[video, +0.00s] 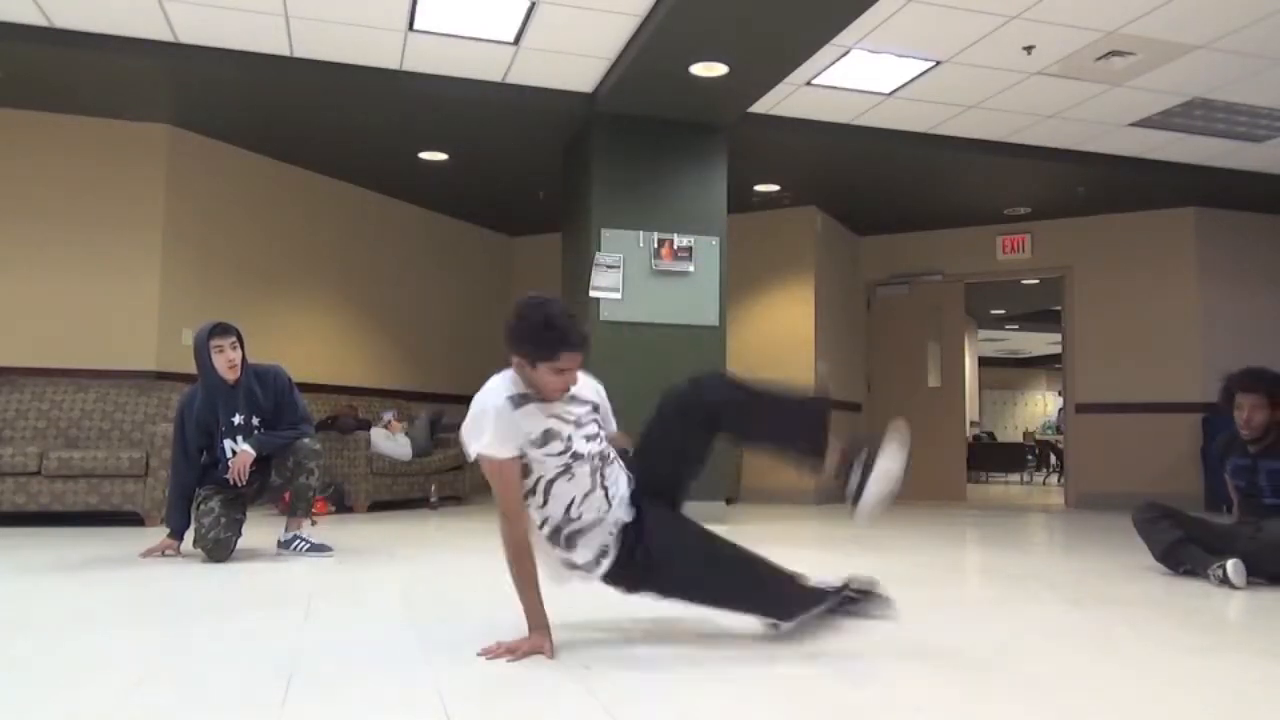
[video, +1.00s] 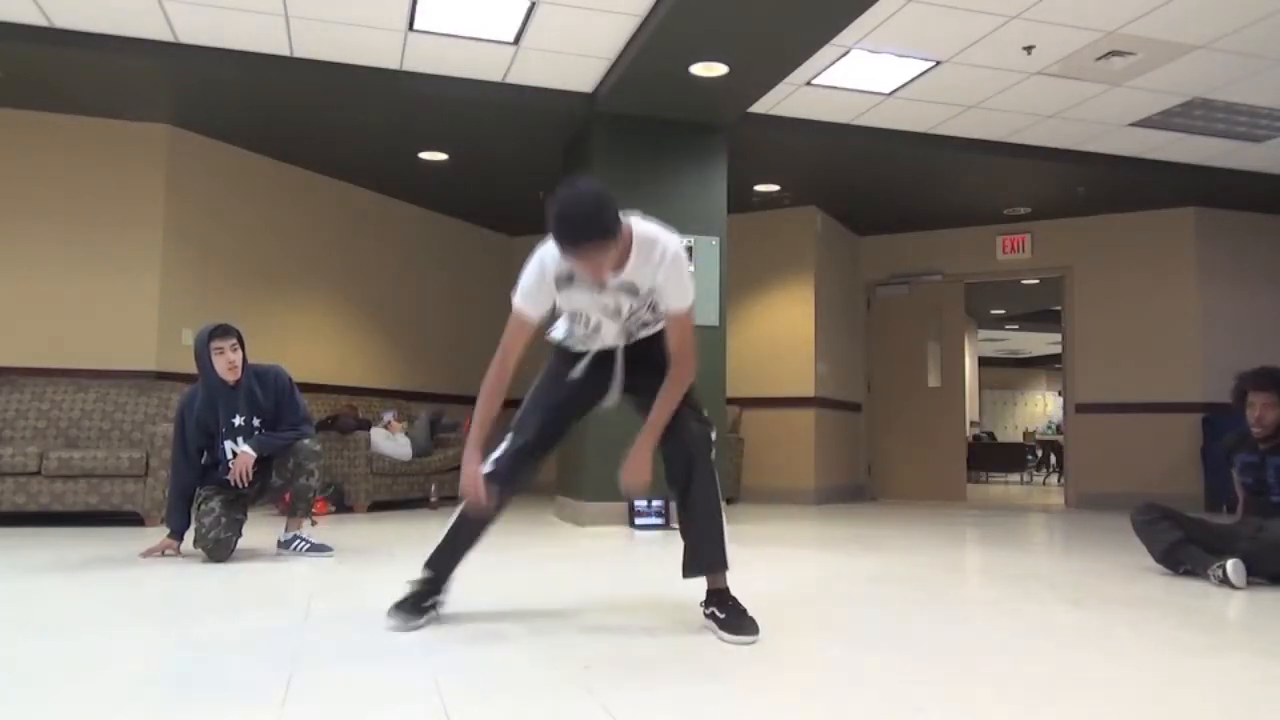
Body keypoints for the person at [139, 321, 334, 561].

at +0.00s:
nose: (230, 356)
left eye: (234, 347)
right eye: (219, 351)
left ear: (242, 350)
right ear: (205, 359)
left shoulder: (272, 380)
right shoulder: (193, 404)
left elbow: (304, 429)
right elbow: (184, 470)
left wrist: (254, 446)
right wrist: (174, 535)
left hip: (265, 477)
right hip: (219, 488)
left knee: (308, 450)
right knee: (215, 549)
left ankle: (292, 534)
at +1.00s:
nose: (230, 358)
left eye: (234, 349)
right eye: (219, 353)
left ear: (243, 352)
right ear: (205, 360)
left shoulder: (273, 380)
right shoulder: (194, 404)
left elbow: (304, 429)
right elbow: (184, 471)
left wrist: (254, 447)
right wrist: (175, 535)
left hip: (265, 476)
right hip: (219, 488)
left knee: (308, 449)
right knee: (215, 549)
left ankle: (292, 534)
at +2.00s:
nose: (231, 354)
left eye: (234, 345)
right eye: (219, 349)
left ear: (242, 349)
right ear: (205, 358)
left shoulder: (272, 380)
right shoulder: (194, 403)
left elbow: (303, 429)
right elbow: (184, 470)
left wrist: (255, 444)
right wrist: (174, 535)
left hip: (266, 477)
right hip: (220, 488)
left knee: (307, 449)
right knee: (215, 549)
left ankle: (292, 535)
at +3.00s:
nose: (231, 358)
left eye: (234, 349)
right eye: (220, 352)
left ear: (243, 351)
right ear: (205, 360)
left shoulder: (272, 380)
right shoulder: (194, 403)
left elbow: (304, 430)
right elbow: (184, 470)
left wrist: (256, 445)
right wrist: (174, 535)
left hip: (267, 476)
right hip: (221, 488)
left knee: (308, 450)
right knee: (215, 549)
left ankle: (292, 534)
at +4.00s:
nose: (229, 357)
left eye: (233, 348)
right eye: (218, 352)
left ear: (241, 350)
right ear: (204, 361)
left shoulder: (272, 381)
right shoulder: (193, 404)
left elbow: (304, 430)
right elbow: (184, 471)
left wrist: (255, 446)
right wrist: (174, 535)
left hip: (267, 476)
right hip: (220, 488)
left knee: (308, 450)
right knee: (215, 549)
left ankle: (292, 534)